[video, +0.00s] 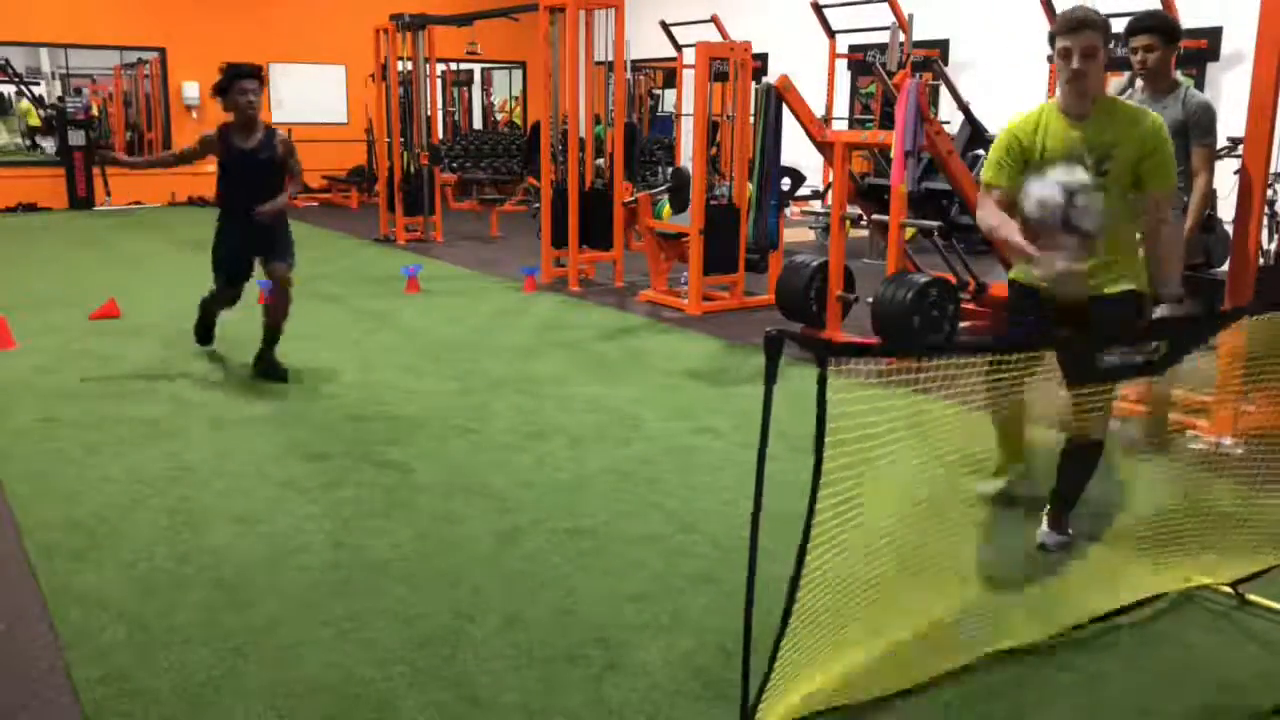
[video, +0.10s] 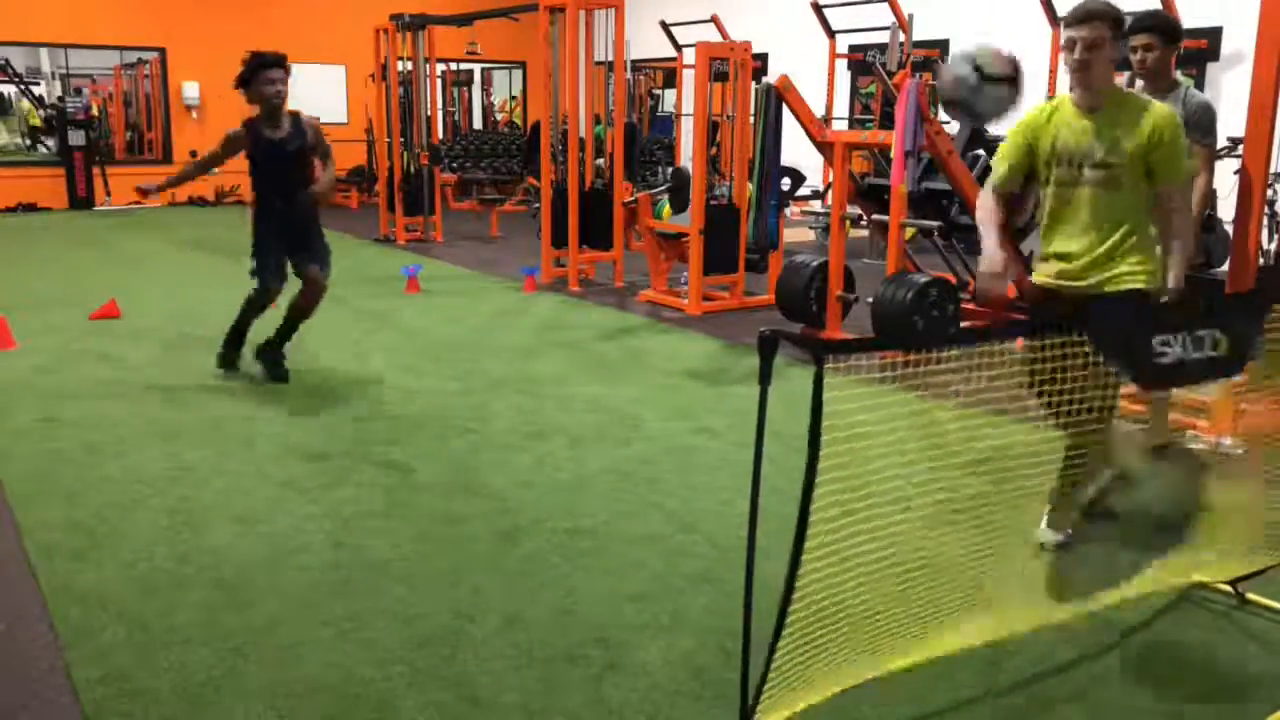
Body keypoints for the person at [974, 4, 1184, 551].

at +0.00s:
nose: (1076, 65)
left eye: (1087, 55)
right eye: (1066, 55)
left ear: (1106, 59)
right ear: (1053, 60)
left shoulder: (1143, 129)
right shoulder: (1022, 132)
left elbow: (1162, 218)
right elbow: (988, 209)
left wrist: (1170, 299)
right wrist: (1033, 256)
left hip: (1108, 290)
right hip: (1032, 285)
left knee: (1090, 403)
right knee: (1001, 378)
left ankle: (1059, 512)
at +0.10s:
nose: (1078, 56)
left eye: (1091, 46)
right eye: (1070, 46)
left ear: (1116, 51)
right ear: (1061, 51)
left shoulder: (1154, 121)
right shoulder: (1040, 121)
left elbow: (1176, 206)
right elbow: (991, 192)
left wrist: (1177, 277)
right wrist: (992, 250)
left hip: (1125, 273)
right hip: (1056, 271)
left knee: (1094, 391)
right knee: (1041, 372)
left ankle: (1062, 510)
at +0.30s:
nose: (1069, 60)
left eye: (1079, 51)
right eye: (1070, 51)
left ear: (1117, 60)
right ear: (1093, 62)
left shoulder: (1165, 124)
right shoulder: (1071, 132)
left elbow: (1198, 212)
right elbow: (1036, 200)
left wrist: (1179, 292)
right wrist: (992, 233)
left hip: (1151, 292)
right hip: (1104, 294)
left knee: (1095, 405)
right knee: (1145, 406)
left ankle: (1066, 514)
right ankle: (1178, 496)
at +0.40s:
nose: (1074, 60)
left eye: (1084, 51)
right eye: (1075, 51)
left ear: (1117, 56)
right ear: (1104, 58)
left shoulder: (1161, 118)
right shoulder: (1093, 131)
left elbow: (1193, 204)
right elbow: (1080, 213)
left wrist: (1162, 287)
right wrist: (1025, 249)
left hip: (1157, 285)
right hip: (1116, 286)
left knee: (1100, 393)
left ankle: (1100, 512)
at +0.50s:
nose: (1077, 59)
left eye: (1086, 48)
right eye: (1079, 48)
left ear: (1118, 54)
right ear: (1112, 55)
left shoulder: (1156, 112)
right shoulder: (1117, 117)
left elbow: (1187, 203)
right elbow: (1129, 215)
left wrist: (1135, 275)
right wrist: (1086, 258)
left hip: (1162, 282)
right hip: (1142, 279)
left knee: (1114, 393)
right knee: (1155, 388)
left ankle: (1131, 513)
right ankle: (1176, 489)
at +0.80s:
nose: (1079, 59)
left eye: (1085, 48)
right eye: (1080, 48)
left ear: (1115, 51)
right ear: (1126, 52)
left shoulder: (1128, 108)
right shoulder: (1161, 103)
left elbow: (1142, 207)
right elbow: (1205, 185)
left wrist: (1083, 267)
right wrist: (1167, 232)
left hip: (1146, 279)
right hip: (1182, 277)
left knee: (1118, 393)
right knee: (1134, 386)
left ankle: (1131, 518)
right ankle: (1165, 477)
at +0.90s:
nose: (1079, 58)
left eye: (1085, 47)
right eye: (1080, 47)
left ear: (1115, 49)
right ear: (1127, 51)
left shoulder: (1128, 109)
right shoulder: (1166, 103)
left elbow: (1139, 209)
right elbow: (1205, 181)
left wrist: (1077, 268)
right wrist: (1173, 232)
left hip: (1143, 278)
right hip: (1180, 276)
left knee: (1122, 395)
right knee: (1143, 390)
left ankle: (1131, 518)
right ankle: (1148, 491)